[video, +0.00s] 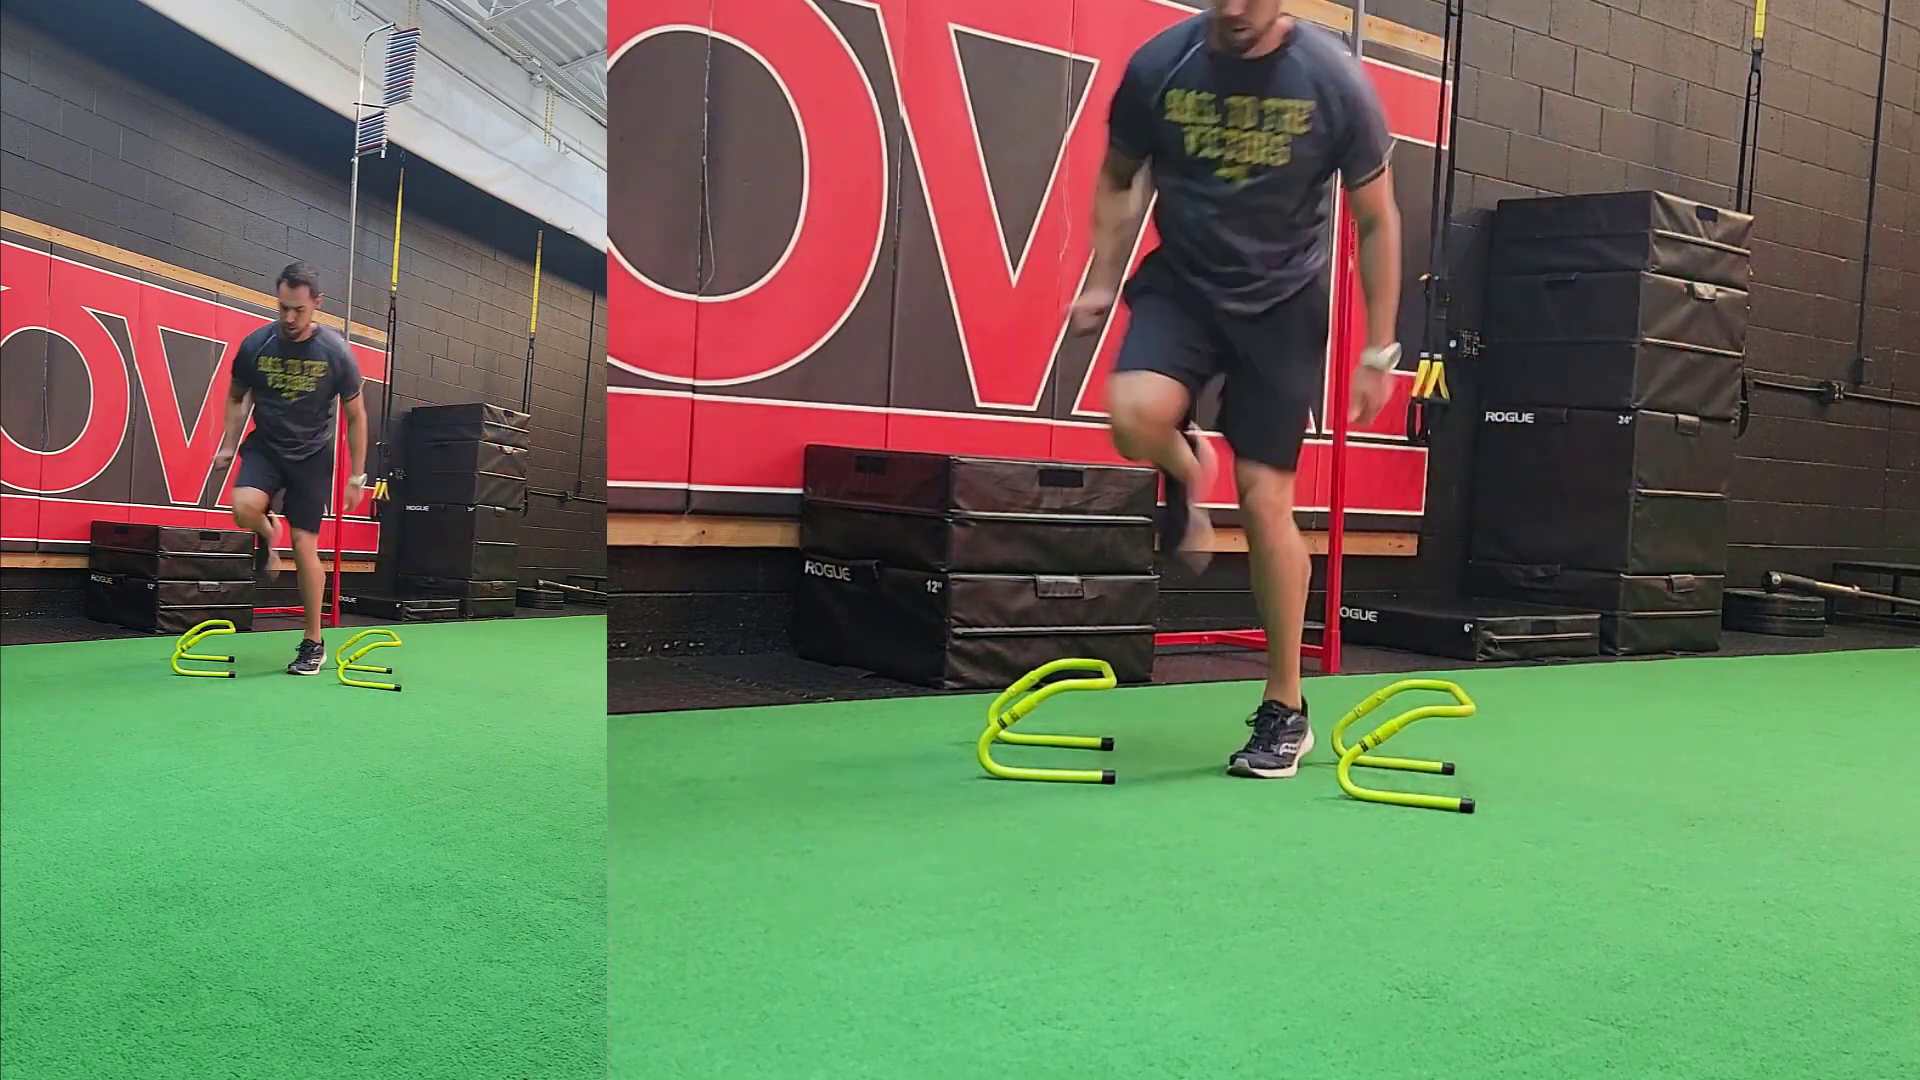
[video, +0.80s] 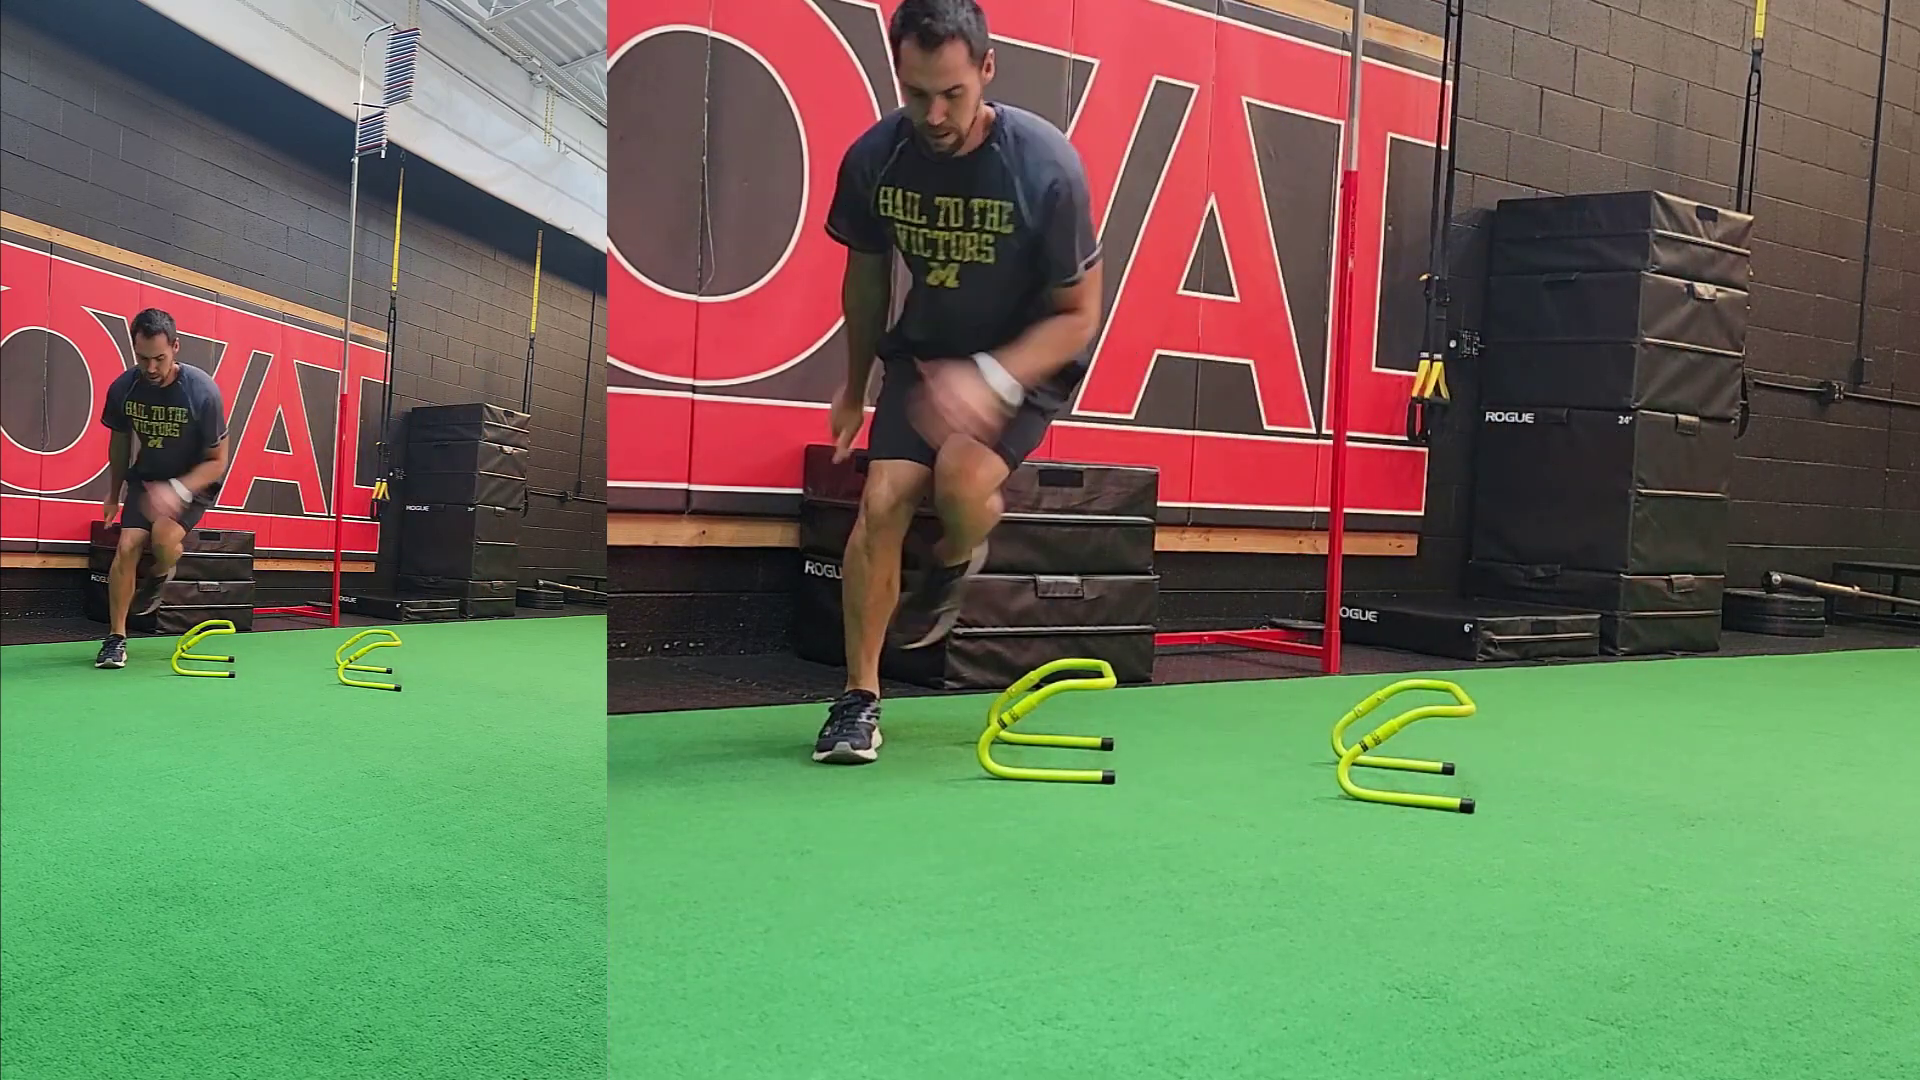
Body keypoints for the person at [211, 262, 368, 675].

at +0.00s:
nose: (290, 318)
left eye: (298, 309)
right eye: (284, 308)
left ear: (317, 305)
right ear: (277, 302)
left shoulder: (337, 354)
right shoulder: (255, 345)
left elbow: (356, 414)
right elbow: (237, 397)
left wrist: (358, 473)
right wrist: (227, 445)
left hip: (312, 456)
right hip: (264, 449)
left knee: (303, 544)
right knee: (243, 506)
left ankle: (313, 641)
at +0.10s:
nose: (259, 317)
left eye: (268, 308)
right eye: (253, 307)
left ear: (287, 303)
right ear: (247, 302)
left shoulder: (309, 354)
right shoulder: (228, 344)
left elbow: (331, 418)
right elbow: (212, 395)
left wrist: (324, 472)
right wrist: (199, 442)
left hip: (285, 455)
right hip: (237, 444)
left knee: (290, 544)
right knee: (201, 496)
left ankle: (309, 641)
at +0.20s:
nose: (228, 320)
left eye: (237, 311)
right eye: (222, 310)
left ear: (254, 304)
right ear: (213, 301)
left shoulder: (278, 349)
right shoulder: (195, 342)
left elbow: (297, 416)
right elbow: (184, 388)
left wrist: (266, 452)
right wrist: (178, 442)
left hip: (257, 445)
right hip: (206, 440)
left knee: (260, 529)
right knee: (176, 520)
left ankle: (284, 599)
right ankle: (133, 611)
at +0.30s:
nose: (196, 344)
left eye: (205, 335)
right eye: (190, 334)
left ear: (222, 327)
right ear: (182, 325)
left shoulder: (245, 376)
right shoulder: (164, 363)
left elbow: (248, 449)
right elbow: (157, 410)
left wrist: (195, 437)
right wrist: (153, 451)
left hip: (228, 466)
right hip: (178, 462)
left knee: (224, 528)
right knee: (152, 546)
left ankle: (237, 548)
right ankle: (119, 635)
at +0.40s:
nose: (170, 366)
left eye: (178, 358)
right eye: (164, 356)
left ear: (199, 348)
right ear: (158, 346)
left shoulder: (224, 396)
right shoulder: (146, 378)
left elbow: (207, 467)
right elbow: (139, 421)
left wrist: (162, 428)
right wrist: (135, 457)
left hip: (210, 479)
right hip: (161, 474)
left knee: (196, 536)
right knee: (138, 547)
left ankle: (185, 554)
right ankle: (118, 636)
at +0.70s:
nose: (143, 374)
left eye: (152, 366)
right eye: (137, 365)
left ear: (171, 354)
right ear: (128, 355)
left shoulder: (198, 400)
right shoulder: (119, 387)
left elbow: (187, 474)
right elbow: (122, 429)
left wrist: (142, 434)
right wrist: (125, 458)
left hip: (189, 483)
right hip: (144, 475)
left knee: (157, 541)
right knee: (126, 545)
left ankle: (142, 578)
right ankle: (116, 637)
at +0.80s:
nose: (151, 368)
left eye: (159, 358)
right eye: (144, 358)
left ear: (175, 348)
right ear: (134, 350)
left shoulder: (203, 392)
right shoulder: (123, 390)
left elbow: (217, 461)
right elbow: (119, 445)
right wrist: (113, 497)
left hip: (190, 480)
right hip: (145, 477)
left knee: (165, 537)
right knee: (127, 546)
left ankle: (160, 578)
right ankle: (116, 637)